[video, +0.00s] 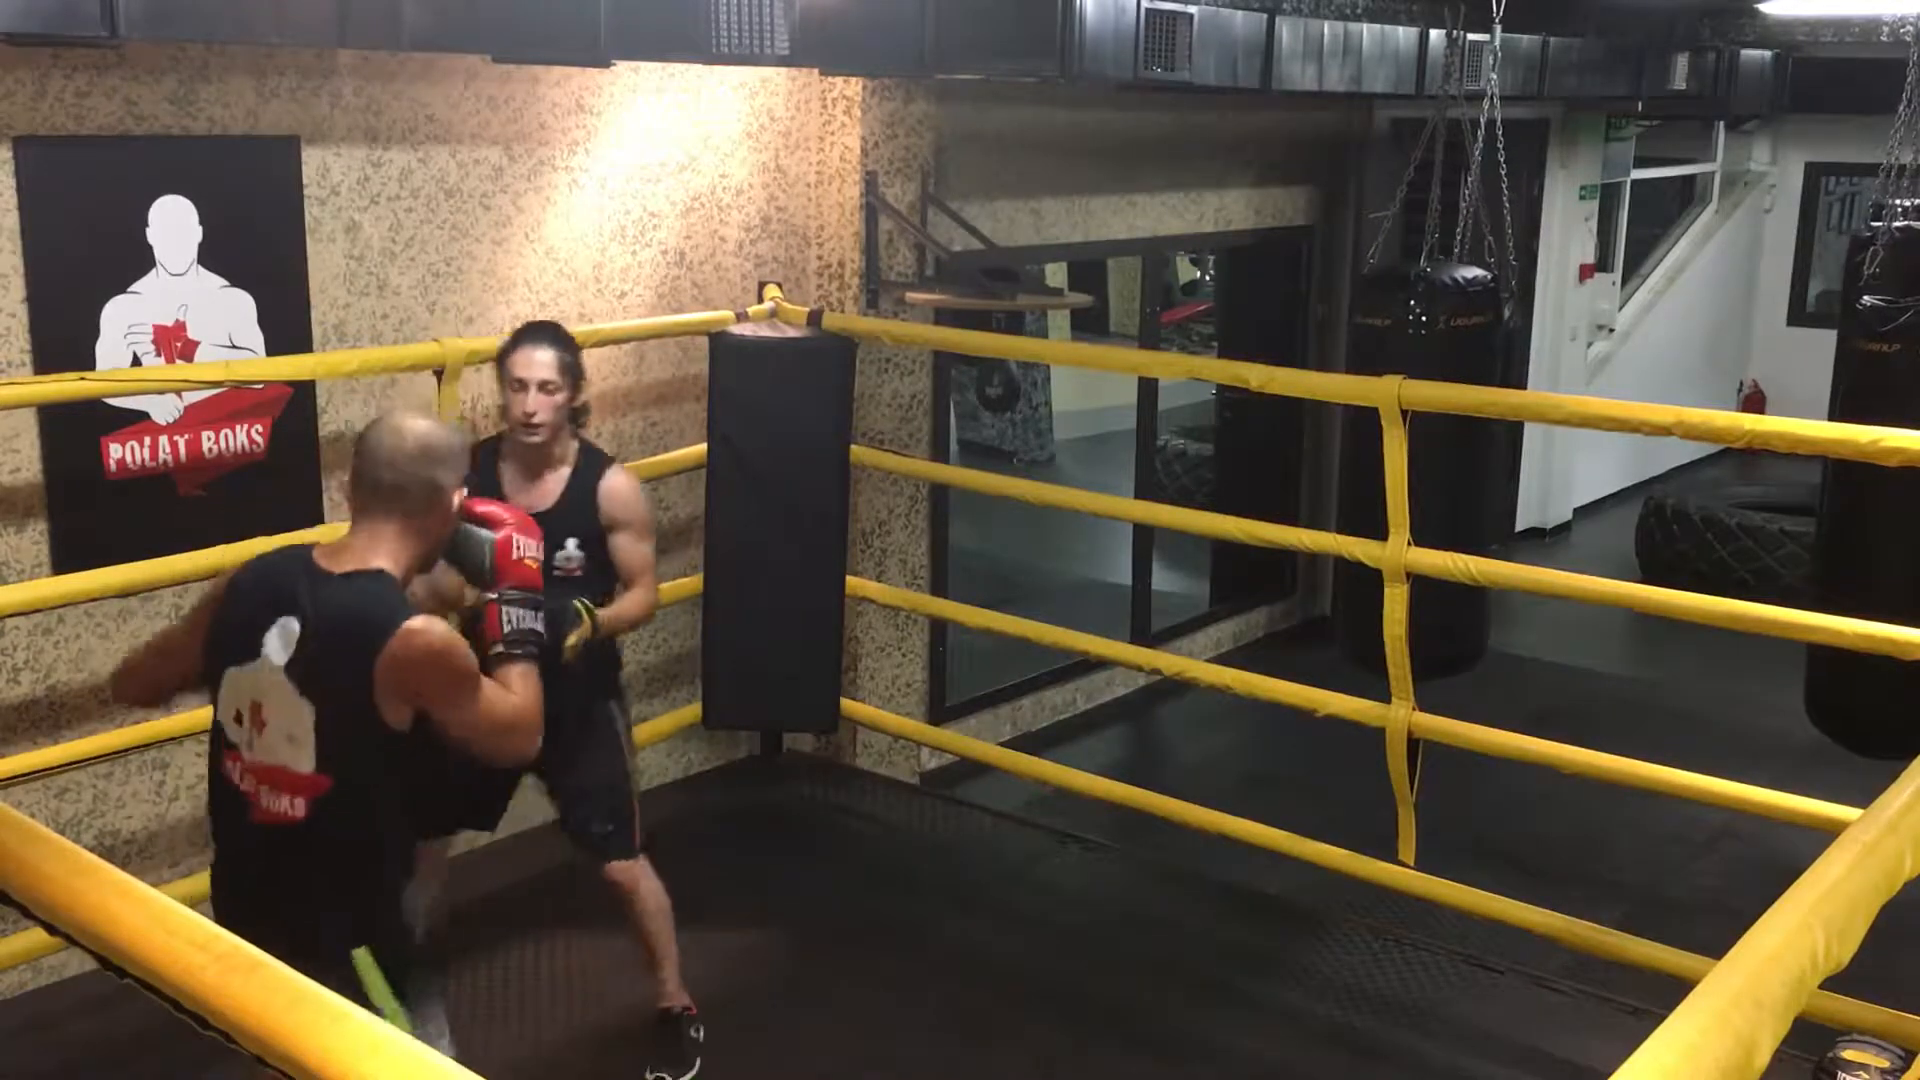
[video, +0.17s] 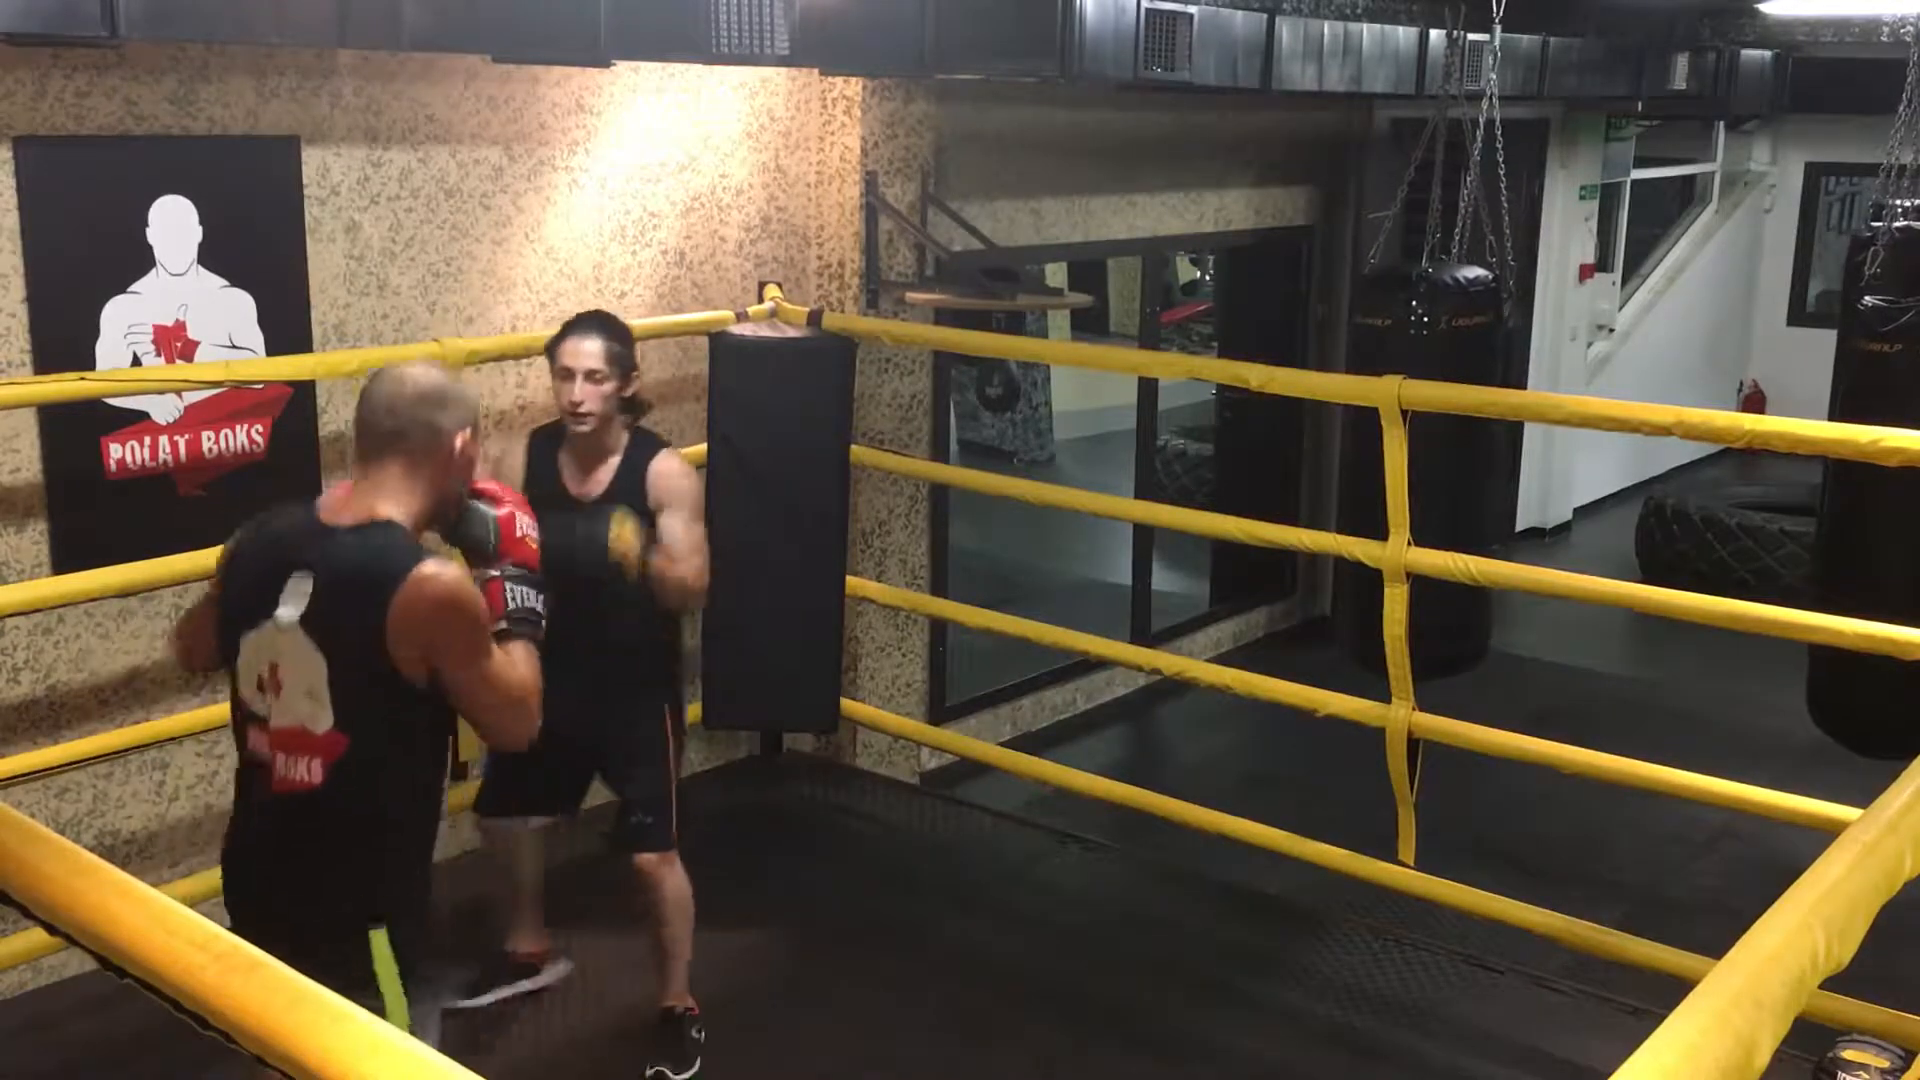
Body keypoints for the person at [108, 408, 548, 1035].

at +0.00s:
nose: (459, 510)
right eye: (461, 499)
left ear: (351, 488)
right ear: (451, 507)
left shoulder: (256, 583)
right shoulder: (416, 644)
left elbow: (136, 683)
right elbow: (518, 733)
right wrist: (513, 605)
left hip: (245, 923)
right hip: (356, 940)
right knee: (415, 1065)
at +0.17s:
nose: (476, 464)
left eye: (476, 444)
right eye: (475, 444)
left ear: (365, 436)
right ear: (456, 449)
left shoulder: (261, 542)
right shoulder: (429, 584)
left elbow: (194, 649)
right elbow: (514, 722)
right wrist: (520, 575)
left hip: (261, 879)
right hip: (365, 895)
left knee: (282, 1055)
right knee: (378, 1064)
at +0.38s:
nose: (512, 478)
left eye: (508, 463)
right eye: (512, 467)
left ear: (398, 452)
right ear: (501, 474)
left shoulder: (308, 556)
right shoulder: (449, 604)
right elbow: (530, 773)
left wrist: (478, 572)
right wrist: (566, 628)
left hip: (286, 901)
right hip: (388, 923)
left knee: (308, 1066)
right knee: (437, 1072)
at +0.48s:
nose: (541, 511)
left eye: (541, 496)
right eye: (543, 497)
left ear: (428, 487)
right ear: (531, 506)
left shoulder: (333, 589)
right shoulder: (478, 649)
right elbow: (529, 833)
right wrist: (576, 710)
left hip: (307, 938)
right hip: (413, 959)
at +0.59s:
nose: (554, 506)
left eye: (552, 491)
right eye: (555, 493)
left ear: (438, 481)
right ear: (545, 500)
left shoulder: (338, 585)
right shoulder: (518, 642)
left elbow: (259, 748)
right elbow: (568, 819)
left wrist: (378, 712)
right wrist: (601, 713)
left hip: (323, 948)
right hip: (434, 968)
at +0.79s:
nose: (562, 527)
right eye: (564, 513)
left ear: (444, 510)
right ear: (556, 521)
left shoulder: (351, 623)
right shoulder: (568, 663)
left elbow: (283, 755)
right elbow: (662, 736)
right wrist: (640, 597)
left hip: (346, 977)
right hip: (472, 995)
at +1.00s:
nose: (620, 512)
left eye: (622, 497)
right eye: (621, 495)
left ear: (518, 483)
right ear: (605, 503)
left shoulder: (453, 535)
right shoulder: (502, 624)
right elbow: (589, 784)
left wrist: (592, 562)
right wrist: (638, 656)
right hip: (426, 930)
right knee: (501, 1070)